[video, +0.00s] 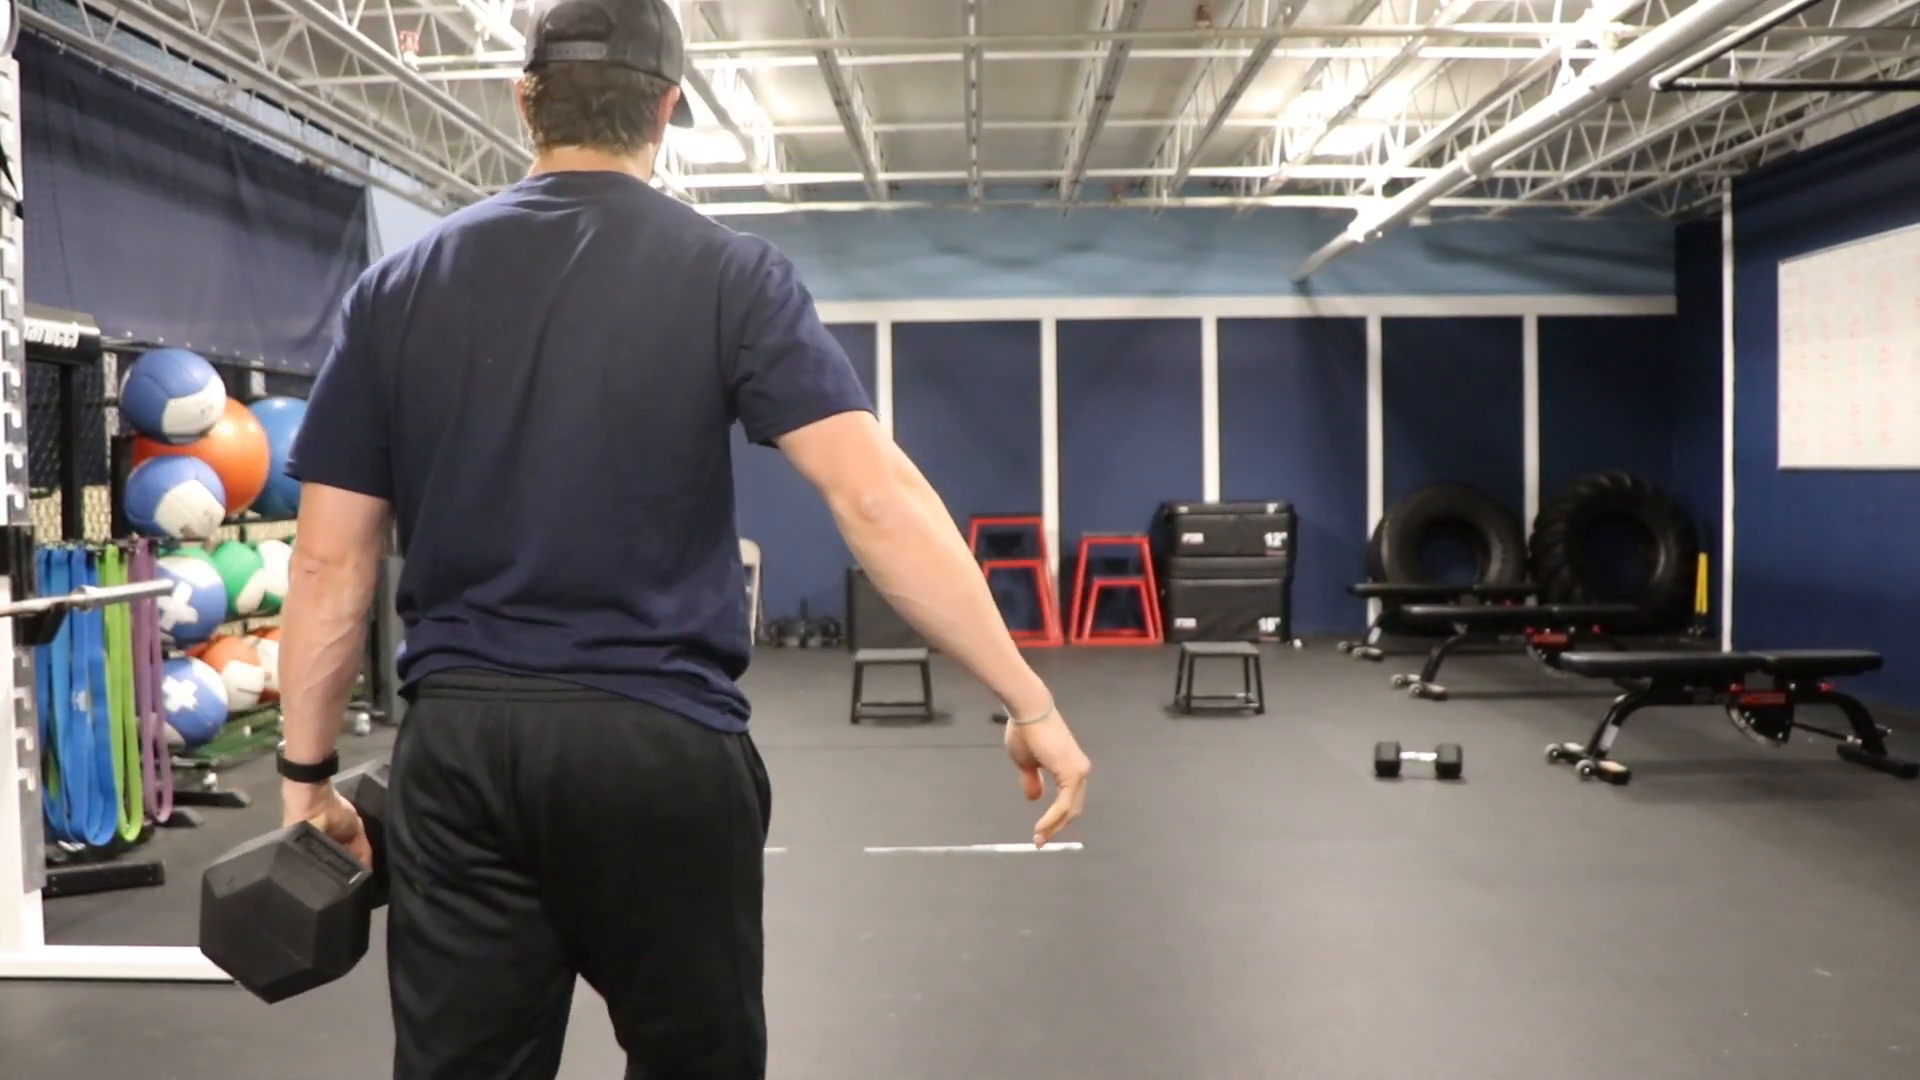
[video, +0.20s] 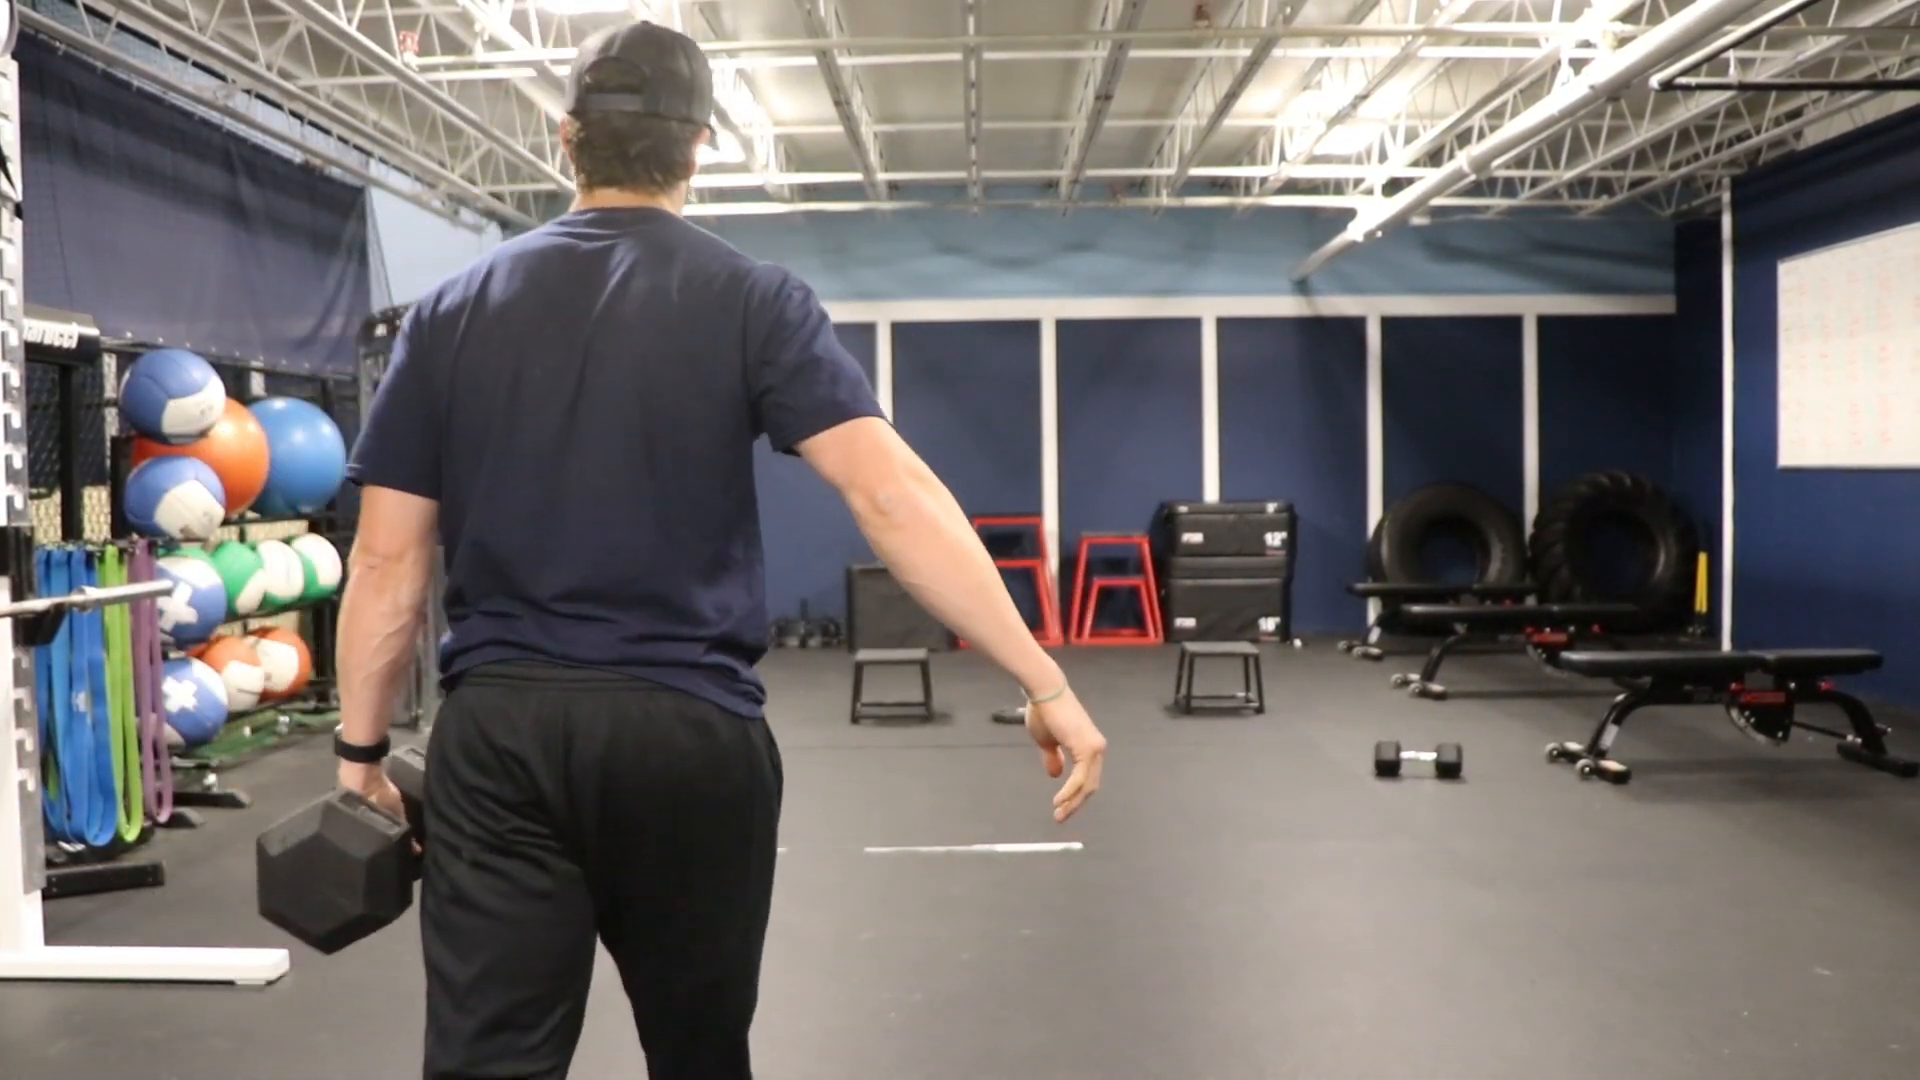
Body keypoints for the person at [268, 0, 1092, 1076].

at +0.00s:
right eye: (672, 99)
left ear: (527, 103)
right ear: (668, 111)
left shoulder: (400, 286)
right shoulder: (730, 271)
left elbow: (330, 553)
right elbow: (872, 490)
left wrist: (304, 769)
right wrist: (1028, 699)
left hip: (457, 740)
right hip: (663, 747)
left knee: (458, 1064)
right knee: (700, 1062)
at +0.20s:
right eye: (692, 132)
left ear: (570, 147)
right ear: (695, 154)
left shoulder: (454, 310)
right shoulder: (754, 299)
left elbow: (388, 557)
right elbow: (887, 487)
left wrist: (359, 752)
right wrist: (1044, 680)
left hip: (496, 725)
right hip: (689, 730)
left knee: (484, 1060)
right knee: (700, 1060)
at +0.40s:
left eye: (636, 154)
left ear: (634, 170)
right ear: (762, 179)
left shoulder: (530, 317)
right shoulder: (802, 324)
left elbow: (464, 538)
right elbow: (926, 505)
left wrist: (419, 719)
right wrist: (1057, 684)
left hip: (556, 702)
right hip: (727, 709)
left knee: (526, 1027)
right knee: (712, 1024)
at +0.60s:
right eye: (786, 178)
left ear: (673, 185)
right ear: (786, 192)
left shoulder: (576, 315)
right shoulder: (830, 331)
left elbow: (514, 517)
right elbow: (954, 505)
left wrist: (473, 686)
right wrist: (1042, 639)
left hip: (592, 666)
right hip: (744, 671)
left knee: (584, 941)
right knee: (726, 959)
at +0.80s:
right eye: (778, 195)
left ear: (673, 209)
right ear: (783, 209)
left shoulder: (591, 336)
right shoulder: (826, 343)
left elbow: (538, 527)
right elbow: (954, 503)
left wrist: (507, 684)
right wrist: (1025, 615)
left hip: (615, 656)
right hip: (754, 663)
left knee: (625, 926)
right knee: (734, 932)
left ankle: (643, 1071)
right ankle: (713, 1075)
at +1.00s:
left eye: (668, 217)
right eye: (758, 217)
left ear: (661, 228)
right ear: (759, 228)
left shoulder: (596, 350)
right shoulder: (809, 343)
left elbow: (551, 534)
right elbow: (924, 472)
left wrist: (524, 680)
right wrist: (1027, 587)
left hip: (629, 646)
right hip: (753, 650)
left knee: (650, 894)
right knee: (758, 900)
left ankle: (664, 1070)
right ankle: (725, 1071)